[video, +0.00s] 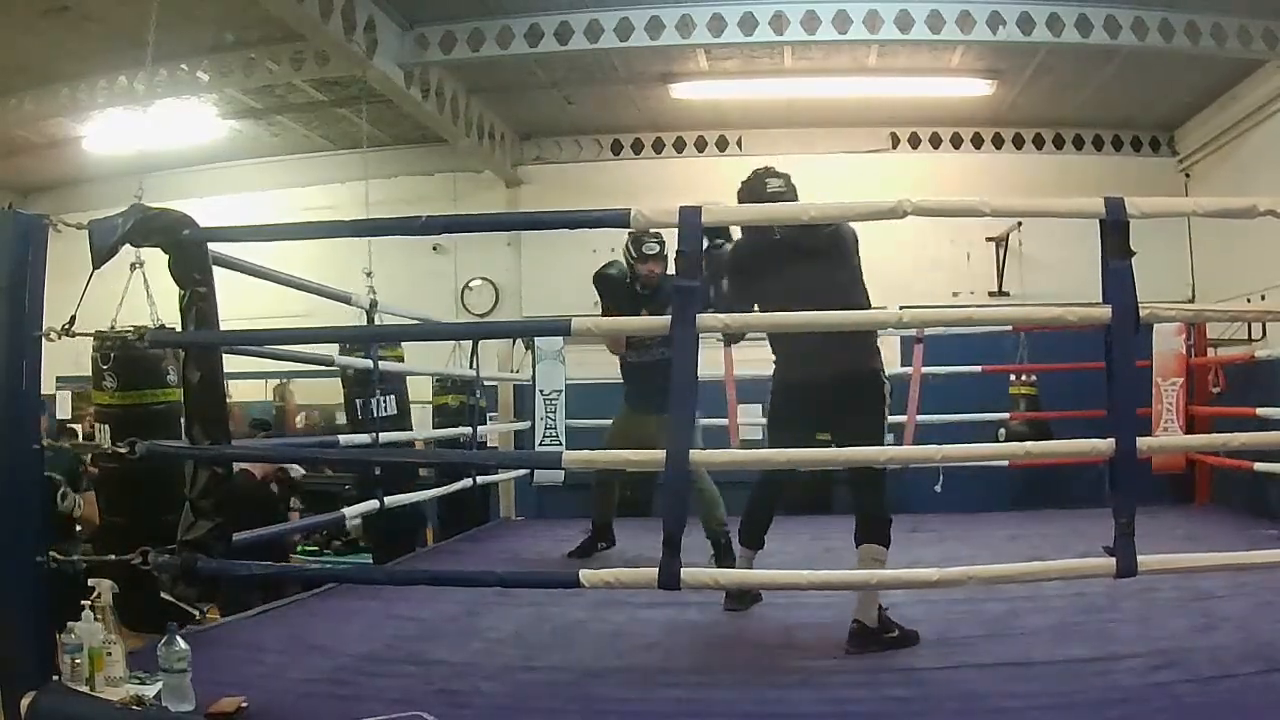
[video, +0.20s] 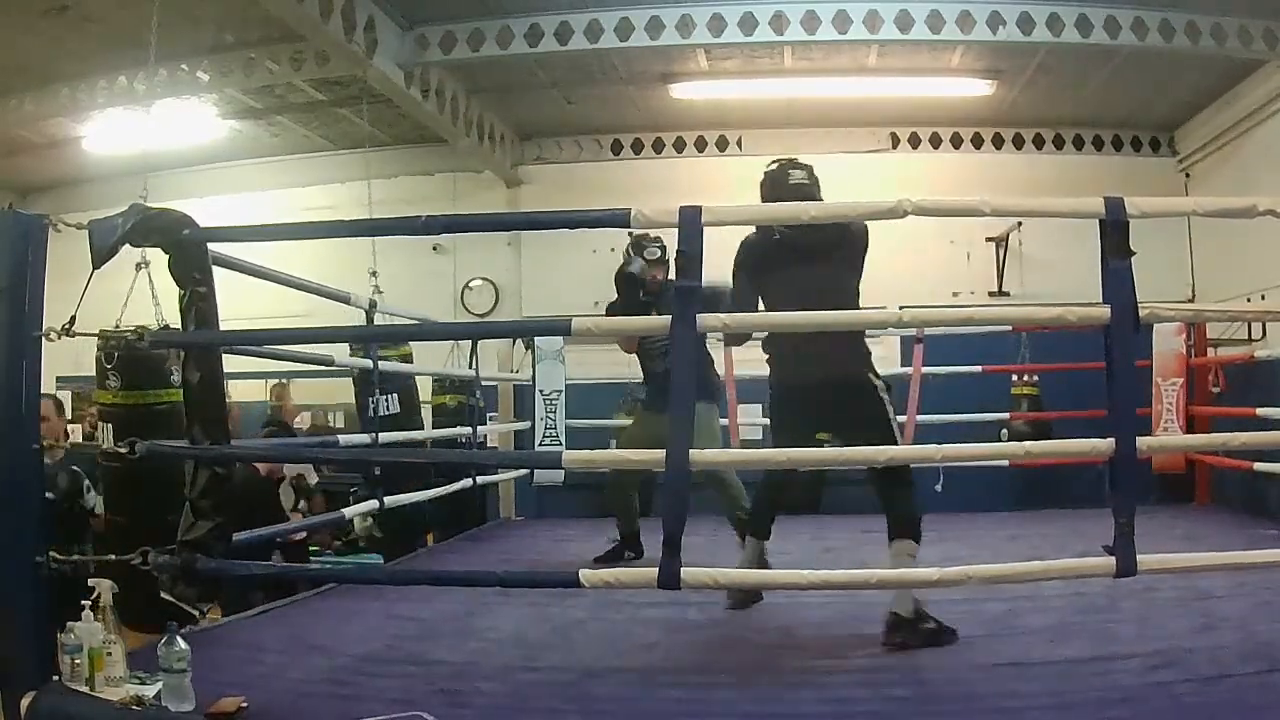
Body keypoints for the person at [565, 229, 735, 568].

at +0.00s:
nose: (653, 269)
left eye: (658, 262)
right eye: (645, 262)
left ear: (665, 262)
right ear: (631, 264)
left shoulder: (679, 295)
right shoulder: (622, 296)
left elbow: (732, 330)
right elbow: (616, 345)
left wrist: (715, 284)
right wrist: (613, 300)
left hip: (676, 412)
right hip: (635, 411)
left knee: (696, 476)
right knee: (605, 466)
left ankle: (722, 548)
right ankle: (602, 533)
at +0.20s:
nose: (655, 276)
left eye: (660, 268)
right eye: (648, 270)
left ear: (668, 268)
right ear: (632, 271)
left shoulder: (683, 296)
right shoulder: (623, 306)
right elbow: (628, 344)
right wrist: (630, 296)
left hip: (698, 396)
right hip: (657, 399)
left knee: (710, 463)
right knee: (622, 467)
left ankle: (751, 539)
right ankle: (629, 542)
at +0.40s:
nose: (671, 277)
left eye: (676, 270)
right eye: (664, 270)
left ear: (685, 273)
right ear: (651, 275)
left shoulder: (700, 304)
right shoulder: (643, 310)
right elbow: (630, 356)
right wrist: (624, 309)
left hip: (706, 414)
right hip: (662, 414)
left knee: (720, 476)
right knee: (612, 468)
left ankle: (771, 549)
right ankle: (626, 535)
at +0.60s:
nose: (643, 262)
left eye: (648, 255)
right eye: (636, 256)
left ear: (658, 257)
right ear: (624, 260)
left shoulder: (676, 287)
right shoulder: (612, 298)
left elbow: (717, 301)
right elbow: (614, 326)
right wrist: (615, 281)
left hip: (684, 397)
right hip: (640, 398)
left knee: (711, 466)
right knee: (611, 465)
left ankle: (743, 540)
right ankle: (608, 542)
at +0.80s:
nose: (641, 266)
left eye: (647, 258)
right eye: (634, 258)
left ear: (654, 260)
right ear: (617, 261)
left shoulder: (671, 294)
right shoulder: (603, 304)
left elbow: (712, 322)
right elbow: (608, 355)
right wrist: (614, 300)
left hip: (669, 413)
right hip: (626, 415)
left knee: (694, 472)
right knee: (603, 475)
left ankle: (729, 542)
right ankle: (606, 543)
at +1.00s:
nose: (666, 254)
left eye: (672, 247)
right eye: (660, 247)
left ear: (681, 247)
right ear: (645, 247)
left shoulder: (693, 276)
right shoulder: (632, 282)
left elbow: (723, 306)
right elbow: (630, 344)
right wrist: (641, 289)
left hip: (697, 399)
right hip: (653, 399)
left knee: (712, 476)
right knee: (621, 466)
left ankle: (738, 552)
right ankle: (619, 539)